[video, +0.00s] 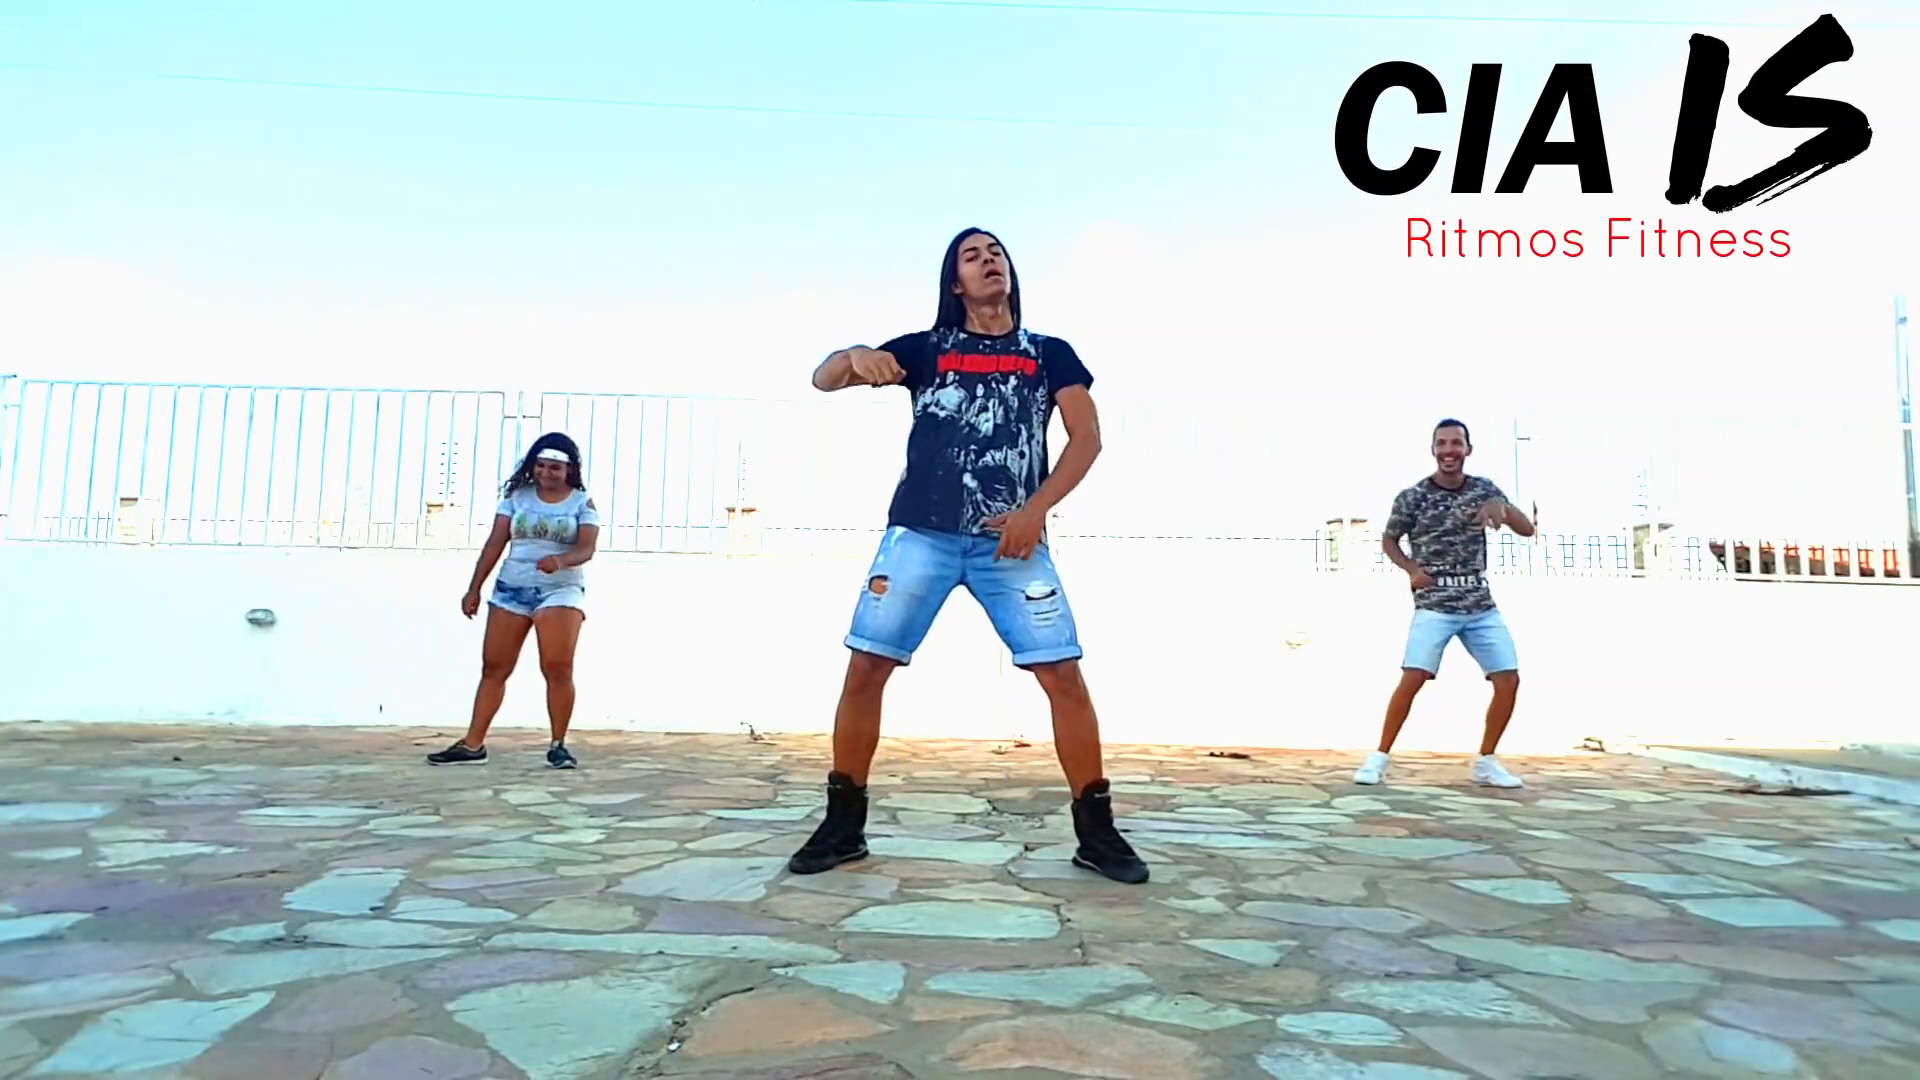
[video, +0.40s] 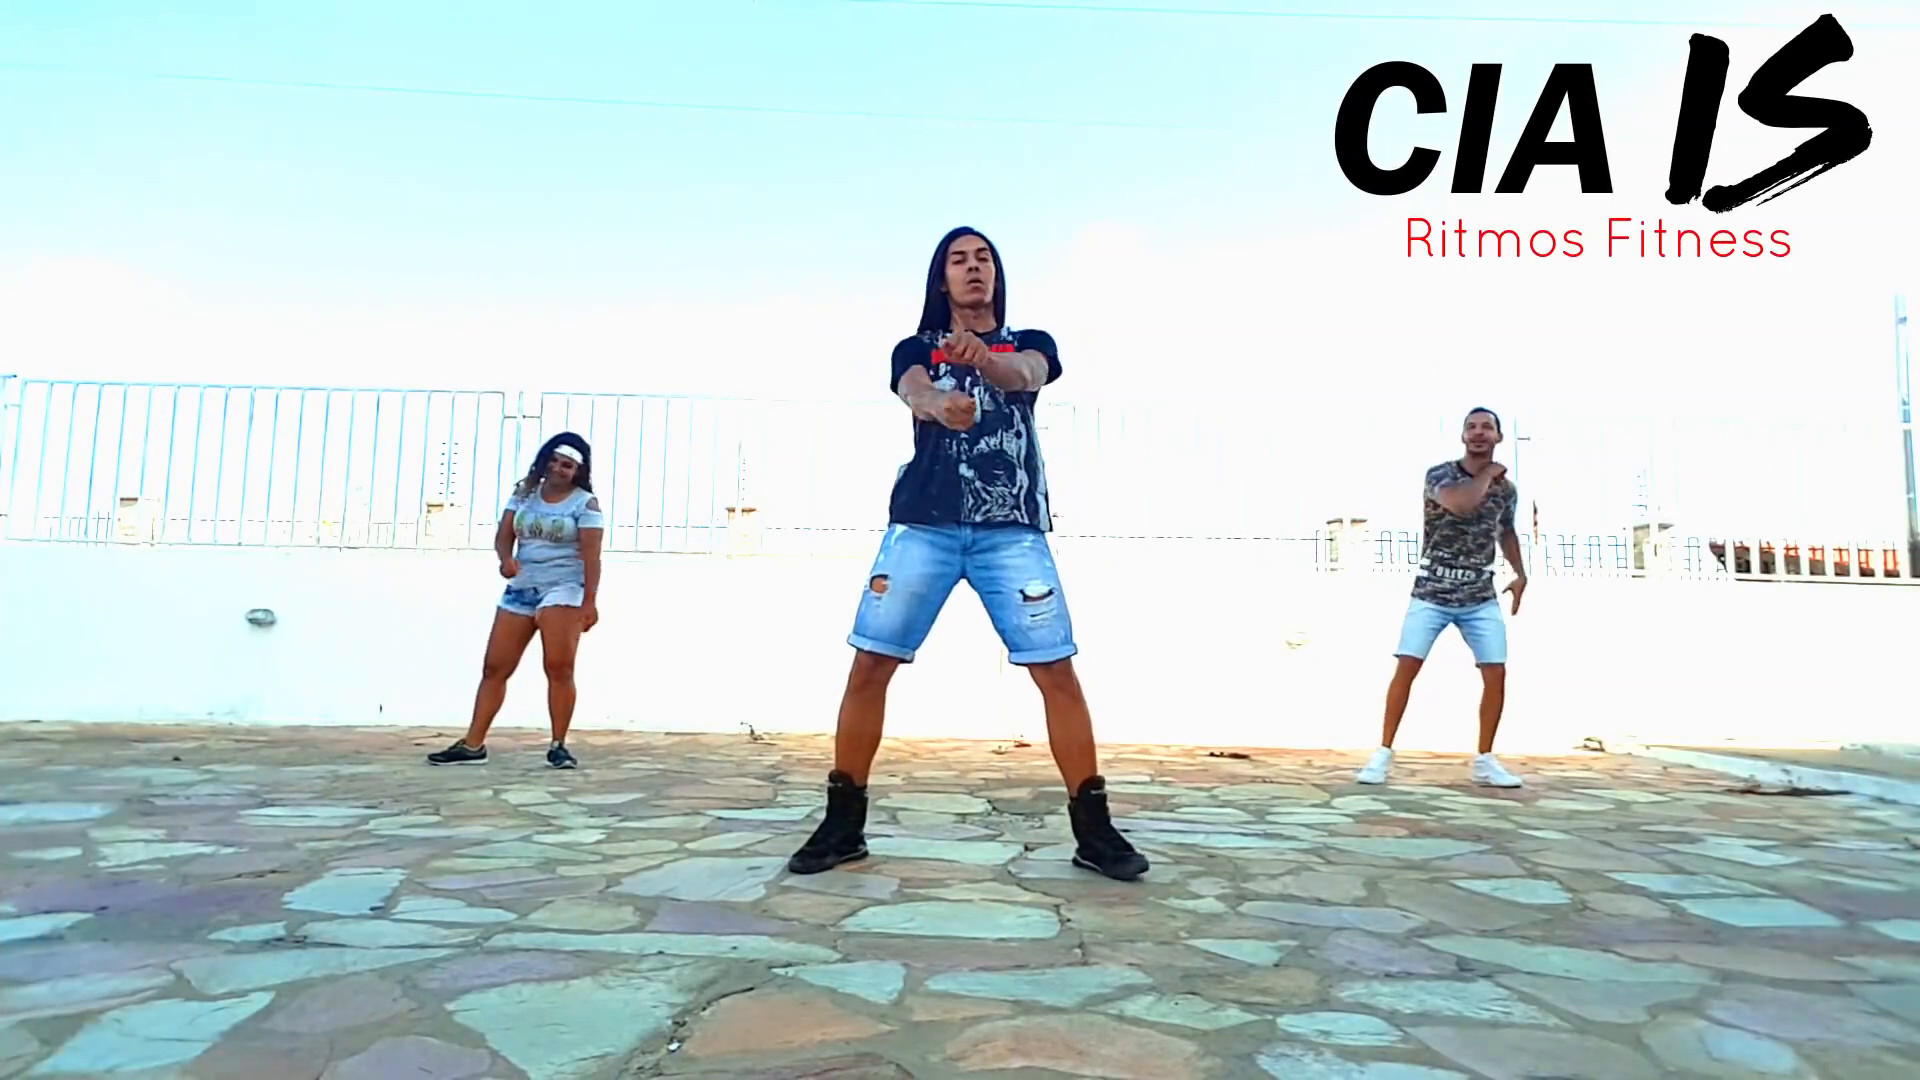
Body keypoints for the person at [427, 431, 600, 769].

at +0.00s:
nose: (549, 473)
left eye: (557, 468)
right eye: (543, 466)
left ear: (570, 470)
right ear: (533, 467)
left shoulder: (582, 504)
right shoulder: (515, 498)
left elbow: (586, 549)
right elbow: (495, 544)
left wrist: (562, 560)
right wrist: (475, 587)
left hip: (559, 593)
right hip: (511, 590)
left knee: (558, 668)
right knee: (493, 668)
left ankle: (558, 745)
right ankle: (472, 743)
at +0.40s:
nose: (561, 468)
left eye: (570, 464)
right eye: (557, 460)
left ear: (579, 471)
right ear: (546, 460)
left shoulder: (585, 503)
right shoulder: (523, 492)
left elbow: (591, 555)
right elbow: (504, 535)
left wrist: (589, 601)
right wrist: (506, 559)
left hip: (563, 588)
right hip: (520, 587)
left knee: (559, 669)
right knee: (494, 668)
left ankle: (558, 745)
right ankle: (473, 743)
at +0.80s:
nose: (543, 464)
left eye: (551, 458)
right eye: (538, 457)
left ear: (570, 462)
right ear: (533, 460)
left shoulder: (584, 504)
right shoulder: (518, 495)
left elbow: (587, 554)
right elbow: (497, 541)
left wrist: (551, 563)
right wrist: (475, 583)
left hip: (558, 591)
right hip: (513, 588)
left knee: (558, 667)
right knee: (492, 667)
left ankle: (558, 745)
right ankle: (472, 743)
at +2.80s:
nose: (527, 459)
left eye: (535, 454)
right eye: (520, 454)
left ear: (550, 462)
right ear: (513, 463)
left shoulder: (561, 496)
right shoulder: (500, 497)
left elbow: (564, 513)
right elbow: (486, 523)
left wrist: (553, 517)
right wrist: (489, 536)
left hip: (543, 589)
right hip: (494, 586)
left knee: (553, 668)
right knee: (479, 666)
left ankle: (558, 744)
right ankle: (471, 744)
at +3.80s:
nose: (528, 457)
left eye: (535, 453)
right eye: (521, 453)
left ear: (543, 463)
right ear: (509, 462)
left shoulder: (553, 499)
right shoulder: (492, 503)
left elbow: (565, 521)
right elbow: (468, 543)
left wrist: (563, 527)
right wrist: (441, 564)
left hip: (540, 593)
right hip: (490, 592)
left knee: (550, 671)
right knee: (461, 666)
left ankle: (557, 744)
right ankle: (469, 744)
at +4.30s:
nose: (489, 446)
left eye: (497, 440)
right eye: (483, 439)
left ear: (508, 448)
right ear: (472, 445)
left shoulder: (512, 483)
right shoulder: (449, 481)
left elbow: (520, 499)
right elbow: (433, 510)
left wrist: (517, 506)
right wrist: (426, 526)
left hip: (501, 570)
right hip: (453, 569)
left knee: (523, 648)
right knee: (434, 655)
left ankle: (544, 724)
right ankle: (438, 730)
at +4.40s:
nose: (468, 435)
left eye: (476, 430)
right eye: (462, 430)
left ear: (491, 436)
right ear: (454, 438)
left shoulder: (505, 467)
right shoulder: (442, 472)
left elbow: (507, 482)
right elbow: (422, 505)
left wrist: (502, 488)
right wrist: (390, 522)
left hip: (487, 565)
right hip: (437, 564)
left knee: (497, 643)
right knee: (419, 646)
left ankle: (507, 725)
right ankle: (419, 723)